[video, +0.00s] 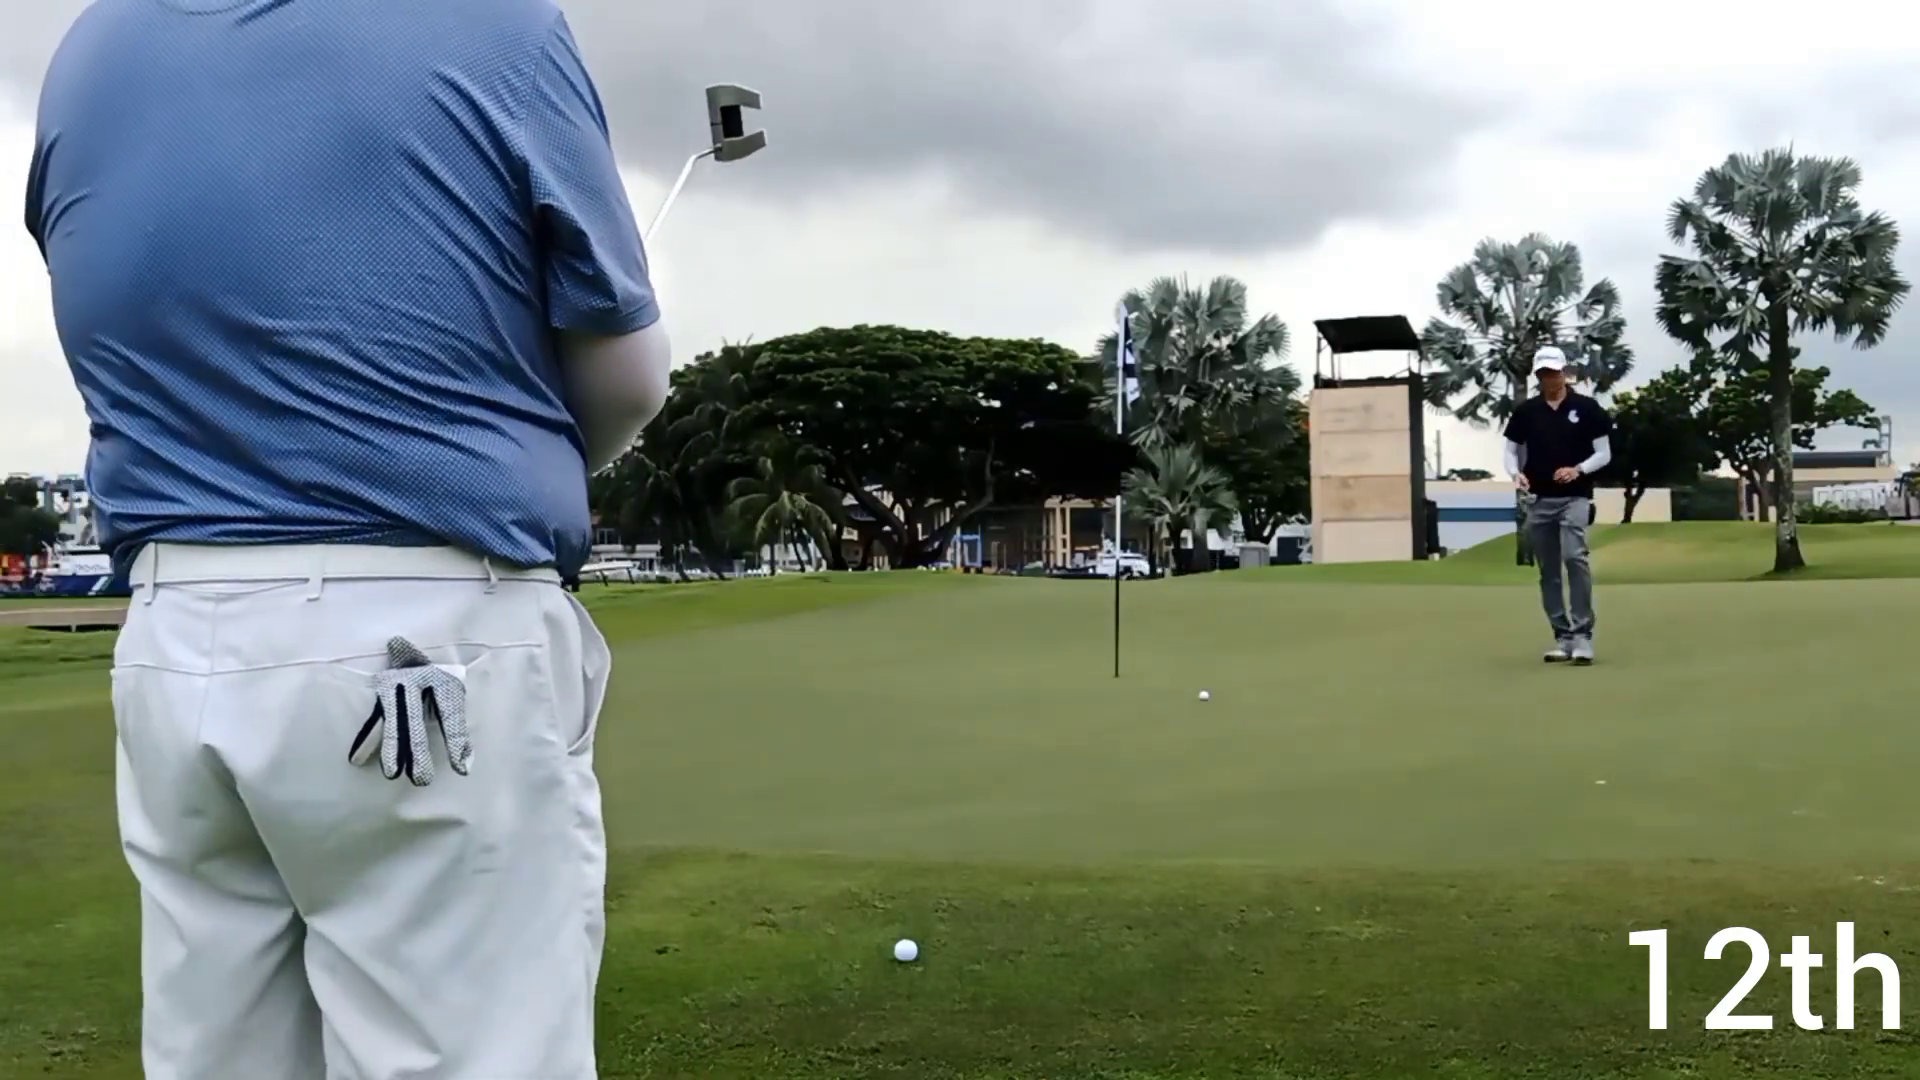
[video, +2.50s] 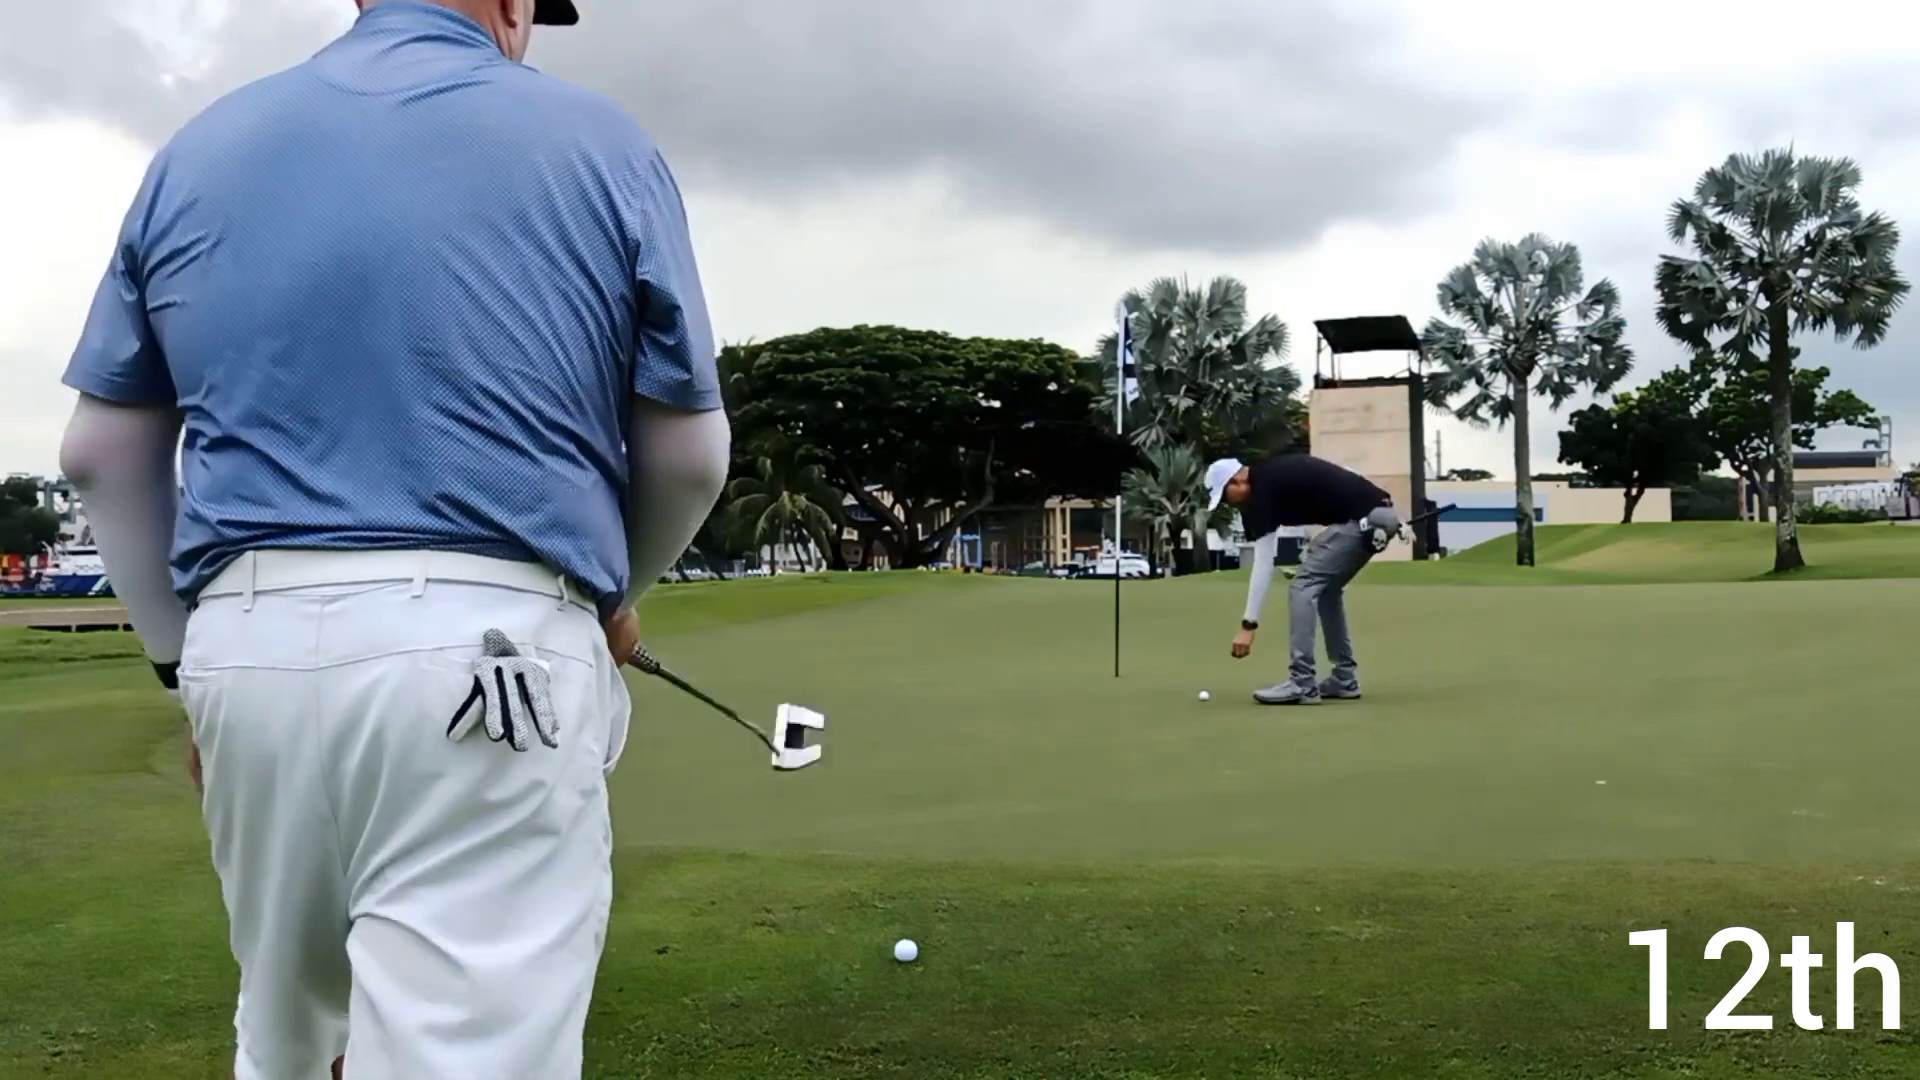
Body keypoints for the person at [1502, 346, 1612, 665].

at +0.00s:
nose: (1548, 378)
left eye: (1553, 372)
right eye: (1543, 373)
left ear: (1564, 373)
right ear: (1536, 377)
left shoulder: (1587, 408)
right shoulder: (1525, 412)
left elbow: (1603, 453)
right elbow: (1510, 451)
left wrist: (1578, 470)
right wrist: (1515, 473)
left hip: (1575, 499)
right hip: (1540, 501)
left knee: (1574, 558)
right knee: (1548, 571)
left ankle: (1582, 635)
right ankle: (1562, 638)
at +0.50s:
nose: (1508, 376)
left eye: (1514, 369)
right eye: (1505, 370)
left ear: (1532, 367)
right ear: (1504, 371)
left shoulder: (1556, 402)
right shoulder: (1501, 407)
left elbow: (1580, 450)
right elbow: (1492, 455)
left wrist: (1551, 466)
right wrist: (1482, 500)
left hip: (1544, 507)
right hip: (1504, 505)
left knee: (1551, 577)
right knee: (1495, 565)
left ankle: (1552, 647)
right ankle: (1516, 640)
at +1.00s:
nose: (1474, 367)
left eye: (1478, 359)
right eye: (1467, 361)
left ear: (1486, 361)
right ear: (1455, 365)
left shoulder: (1508, 399)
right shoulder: (1442, 406)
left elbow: (1526, 451)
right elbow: (1432, 460)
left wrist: (1541, 498)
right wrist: (1425, 505)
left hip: (1498, 502)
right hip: (1457, 506)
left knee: (1500, 568)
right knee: (1463, 584)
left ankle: (1514, 646)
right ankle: (1474, 658)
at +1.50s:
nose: (1423, 371)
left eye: (1428, 363)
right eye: (1417, 365)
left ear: (1447, 358)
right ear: (1413, 366)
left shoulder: (1476, 399)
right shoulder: (1412, 406)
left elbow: (1499, 455)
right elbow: (1405, 462)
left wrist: (1513, 505)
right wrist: (1396, 512)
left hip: (1467, 510)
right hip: (1424, 514)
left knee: (1475, 586)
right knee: (1418, 585)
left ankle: (1485, 667)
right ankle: (1454, 640)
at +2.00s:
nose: (1314, 397)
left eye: (1314, 389)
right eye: (1310, 392)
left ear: (1333, 376)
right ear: (1324, 385)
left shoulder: (1371, 398)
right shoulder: (1336, 420)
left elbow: (1386, 449)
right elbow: (1359, 466)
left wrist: (1354, 481)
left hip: (1395, 517)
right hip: (1363, 520)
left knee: (1403, 591)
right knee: (1344, 589)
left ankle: (1460, 644)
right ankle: (1343, 677)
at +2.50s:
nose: (1230, 503)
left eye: (1226, 497)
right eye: (1224, 500)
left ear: (1237, 481)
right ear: (1240, 476)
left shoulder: (1261, 493)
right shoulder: (1274, 471)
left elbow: (1263, 564)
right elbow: (1344, 473)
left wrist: (1248, 626)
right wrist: (1374, 499)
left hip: (1359, 521)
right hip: (1375, 515)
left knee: (1303, 588)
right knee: (1328, 592)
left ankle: (1302, 682)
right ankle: (1345, 678)